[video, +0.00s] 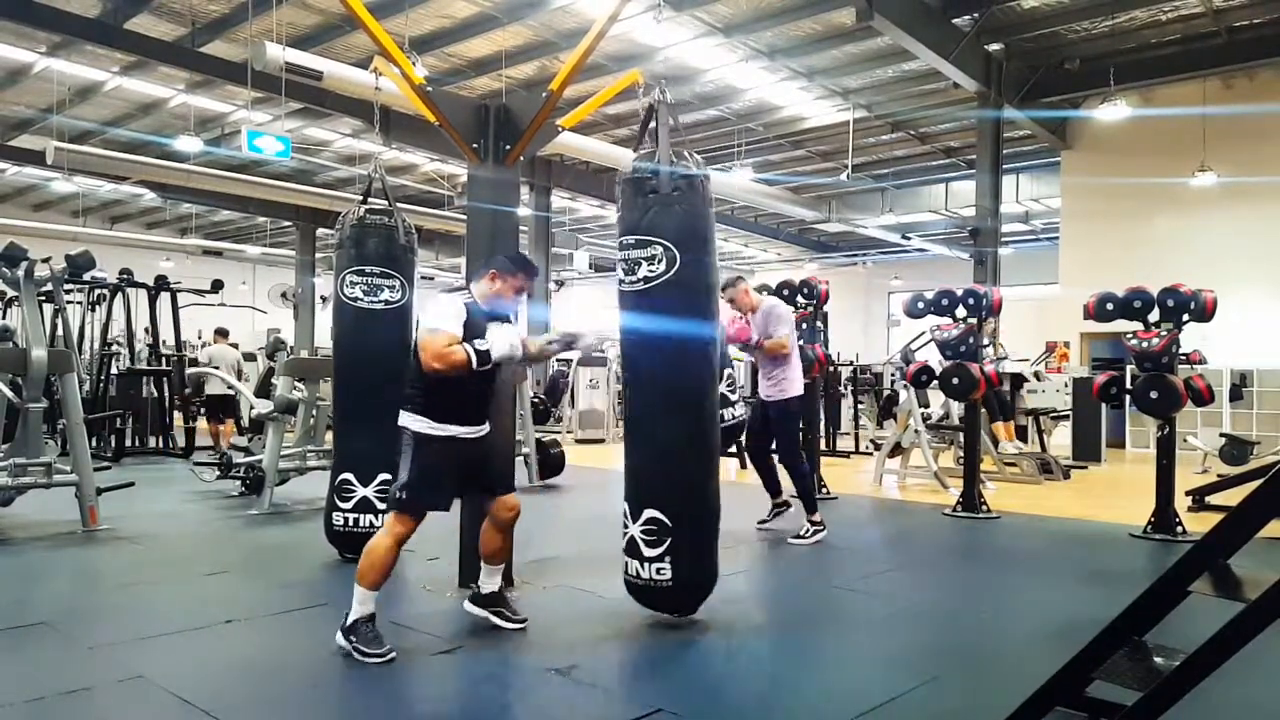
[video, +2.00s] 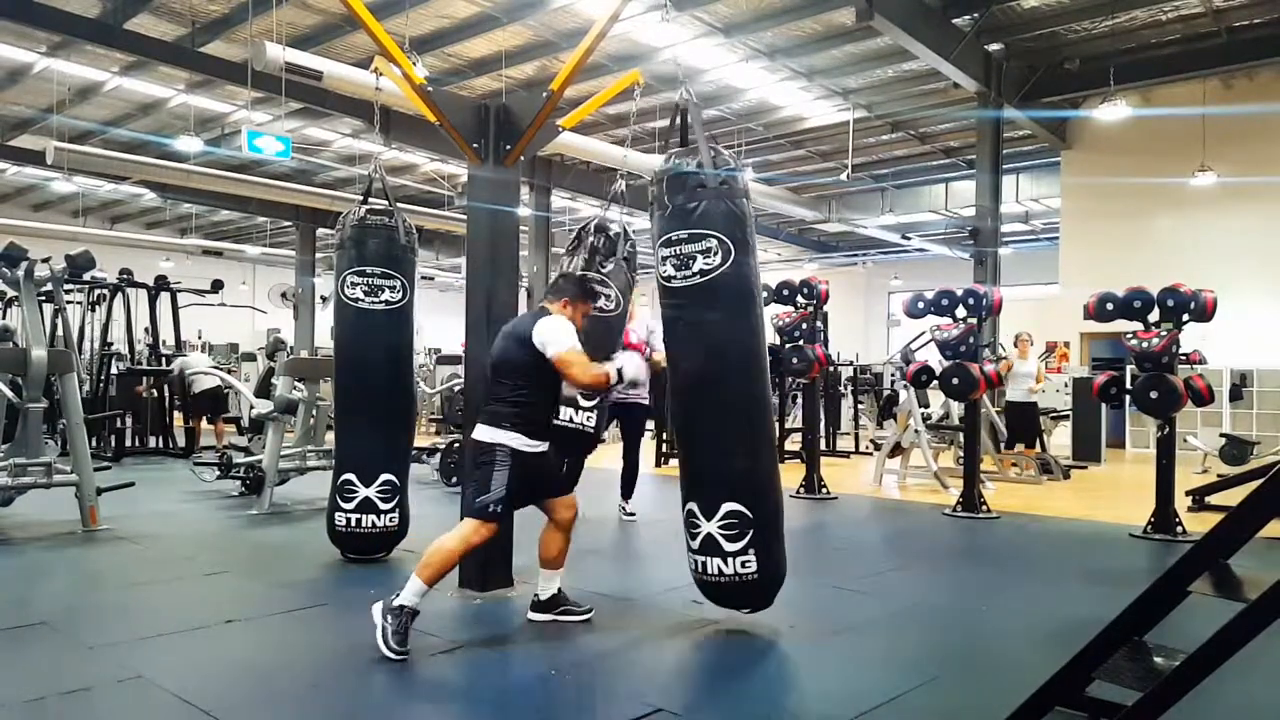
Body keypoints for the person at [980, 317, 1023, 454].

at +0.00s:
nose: (992, 328)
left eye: (993, 324)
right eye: (989, 324)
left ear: (994, 326)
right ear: (983, 326)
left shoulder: (989, 341)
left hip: (989, 382)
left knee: (1005, 403)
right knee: (993, 407)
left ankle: (1012, 440)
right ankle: (1003, 442)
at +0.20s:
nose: (999, 332)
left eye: (1000, 329)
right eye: (997, 330)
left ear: (998, 331)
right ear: (991, 331)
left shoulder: (998, 346)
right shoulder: (983, 347)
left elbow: (1004, 362)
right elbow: (985, 368)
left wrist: (1009, 368)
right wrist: (1001, 370)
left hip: (996, 386)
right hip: (982, 387)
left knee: (1007, 409)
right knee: (1000, 408)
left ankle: (1007, 441)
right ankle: (1002, 441)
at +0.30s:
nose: (1004, 339)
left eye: (1003, 337)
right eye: (1001, 337)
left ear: (1002, 339)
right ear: (994, 338)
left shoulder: (1004, 354)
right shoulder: (986, 353)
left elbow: (1008, 377)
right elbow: (983, 371)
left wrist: (1012, 374)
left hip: (1002, 390)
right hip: (988, 391)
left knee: (1006, 413)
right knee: (1005, 408)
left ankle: (1005, 441)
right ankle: (1004, 441)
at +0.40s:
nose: (1007, 348)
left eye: (1007, 345)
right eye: (1004, 345)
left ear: (1007, 348)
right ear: (997, 347)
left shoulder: (1009, 364)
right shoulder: (988, 362)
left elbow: (1011, 389)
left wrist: (1016, 385)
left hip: (1002, 399)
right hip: (986, 398)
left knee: (998, 432)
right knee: (1011, 410)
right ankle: (1005, 441)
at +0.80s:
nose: (1011, 345)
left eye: (1012, 342)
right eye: (1007, 342)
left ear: (1013, 345)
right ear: (1000, 344)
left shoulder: (1013, 362)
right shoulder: (992, 359)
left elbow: (1015, 382)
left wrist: (1018, 387)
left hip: (1008, 398)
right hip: (993, 397)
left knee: (1001, 433)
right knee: (1010, 427)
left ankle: (998, 462)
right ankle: (1008, 459)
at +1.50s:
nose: (1014, 343)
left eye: (1016, 340)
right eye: (1011, 340)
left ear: (1020, 343)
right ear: (1005, 343)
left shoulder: (1026, 361)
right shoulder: (998, 359)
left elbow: (1032, 382)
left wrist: (1026, 386)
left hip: (1019, 400)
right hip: (1001, 400)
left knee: (1020, 437)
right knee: (1003, 436)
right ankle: (1005, 467)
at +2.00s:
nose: (1024, 343)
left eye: (1027, 341)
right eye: (1021, 341)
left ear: (1031, 344)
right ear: (1016, 343)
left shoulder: (1035, 362)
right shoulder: (1010, 359)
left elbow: (1041, 381)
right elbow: (1000, 373)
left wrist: (1036, 387)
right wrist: (1005, 365)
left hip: (1030, 401)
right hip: (1013, 400)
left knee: (1032, 437)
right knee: (1012, 436)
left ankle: (1028, 468)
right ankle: (1006, 468)